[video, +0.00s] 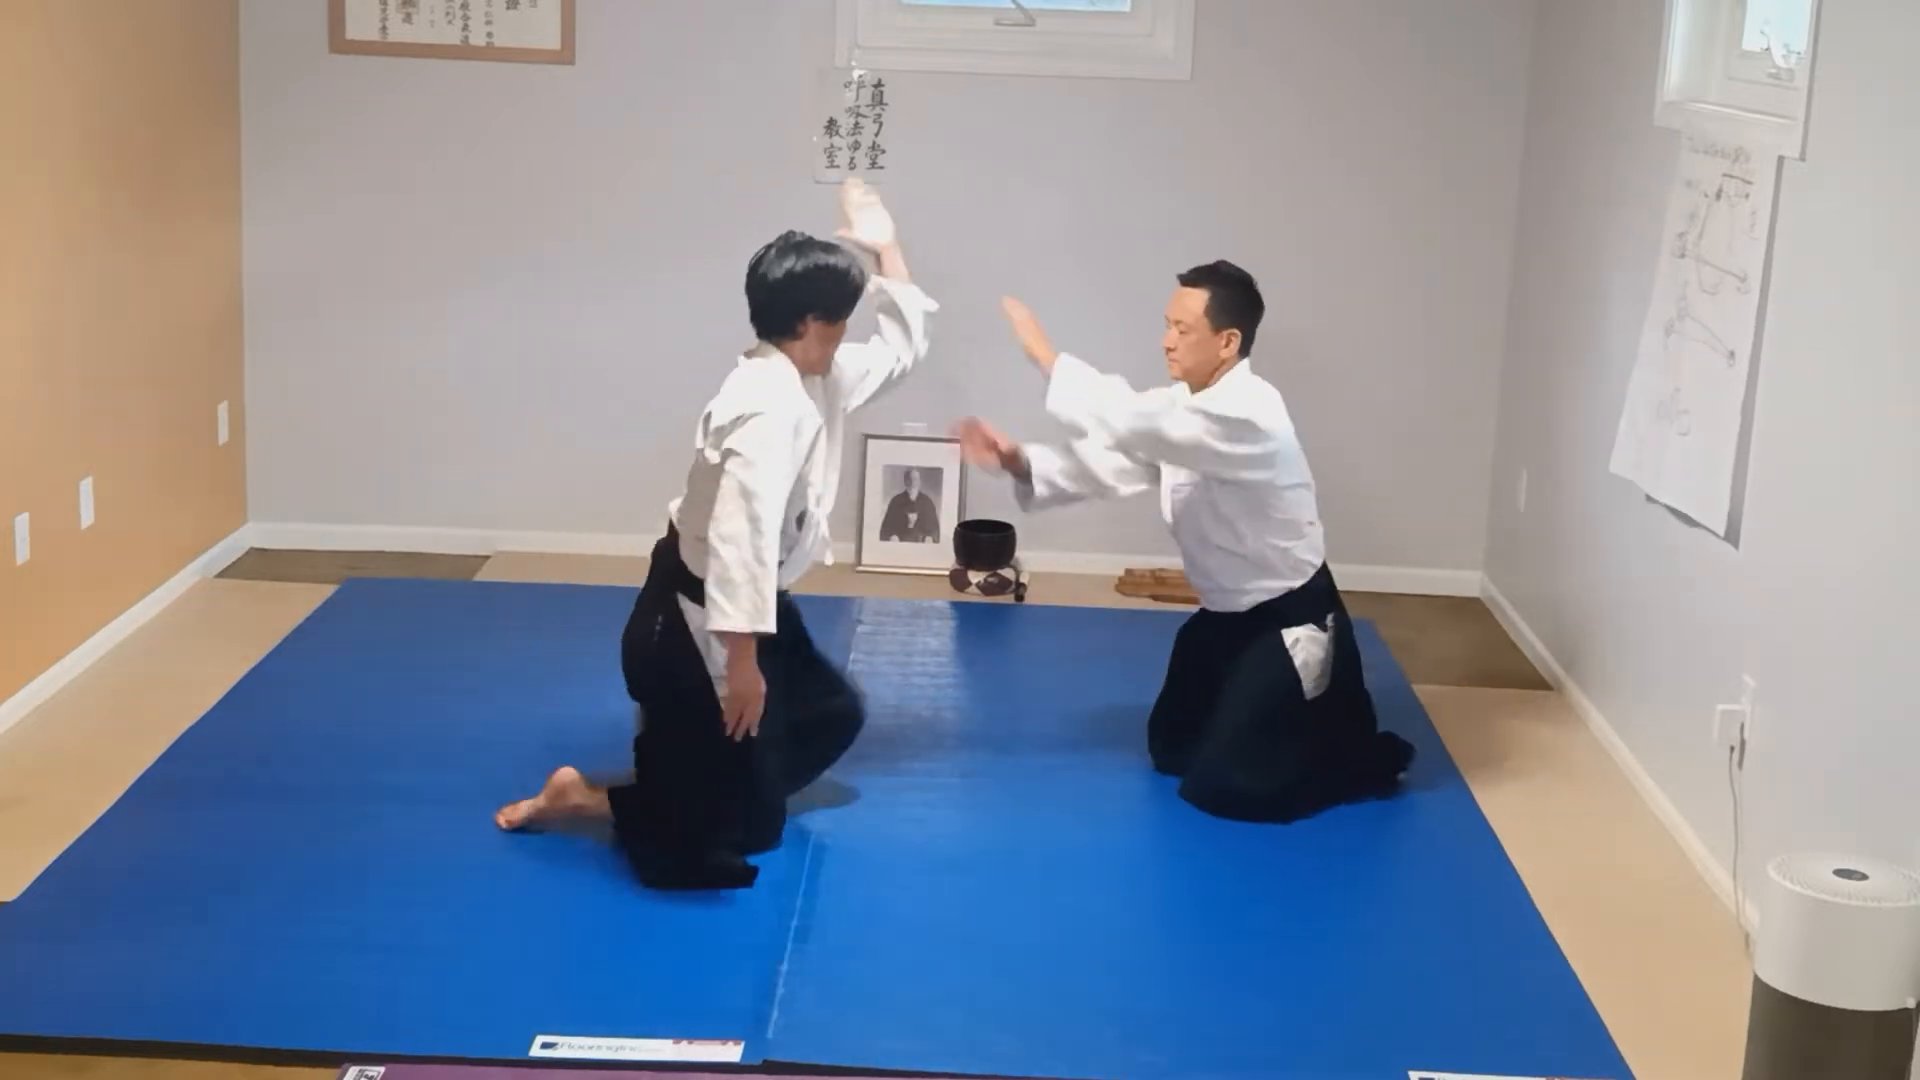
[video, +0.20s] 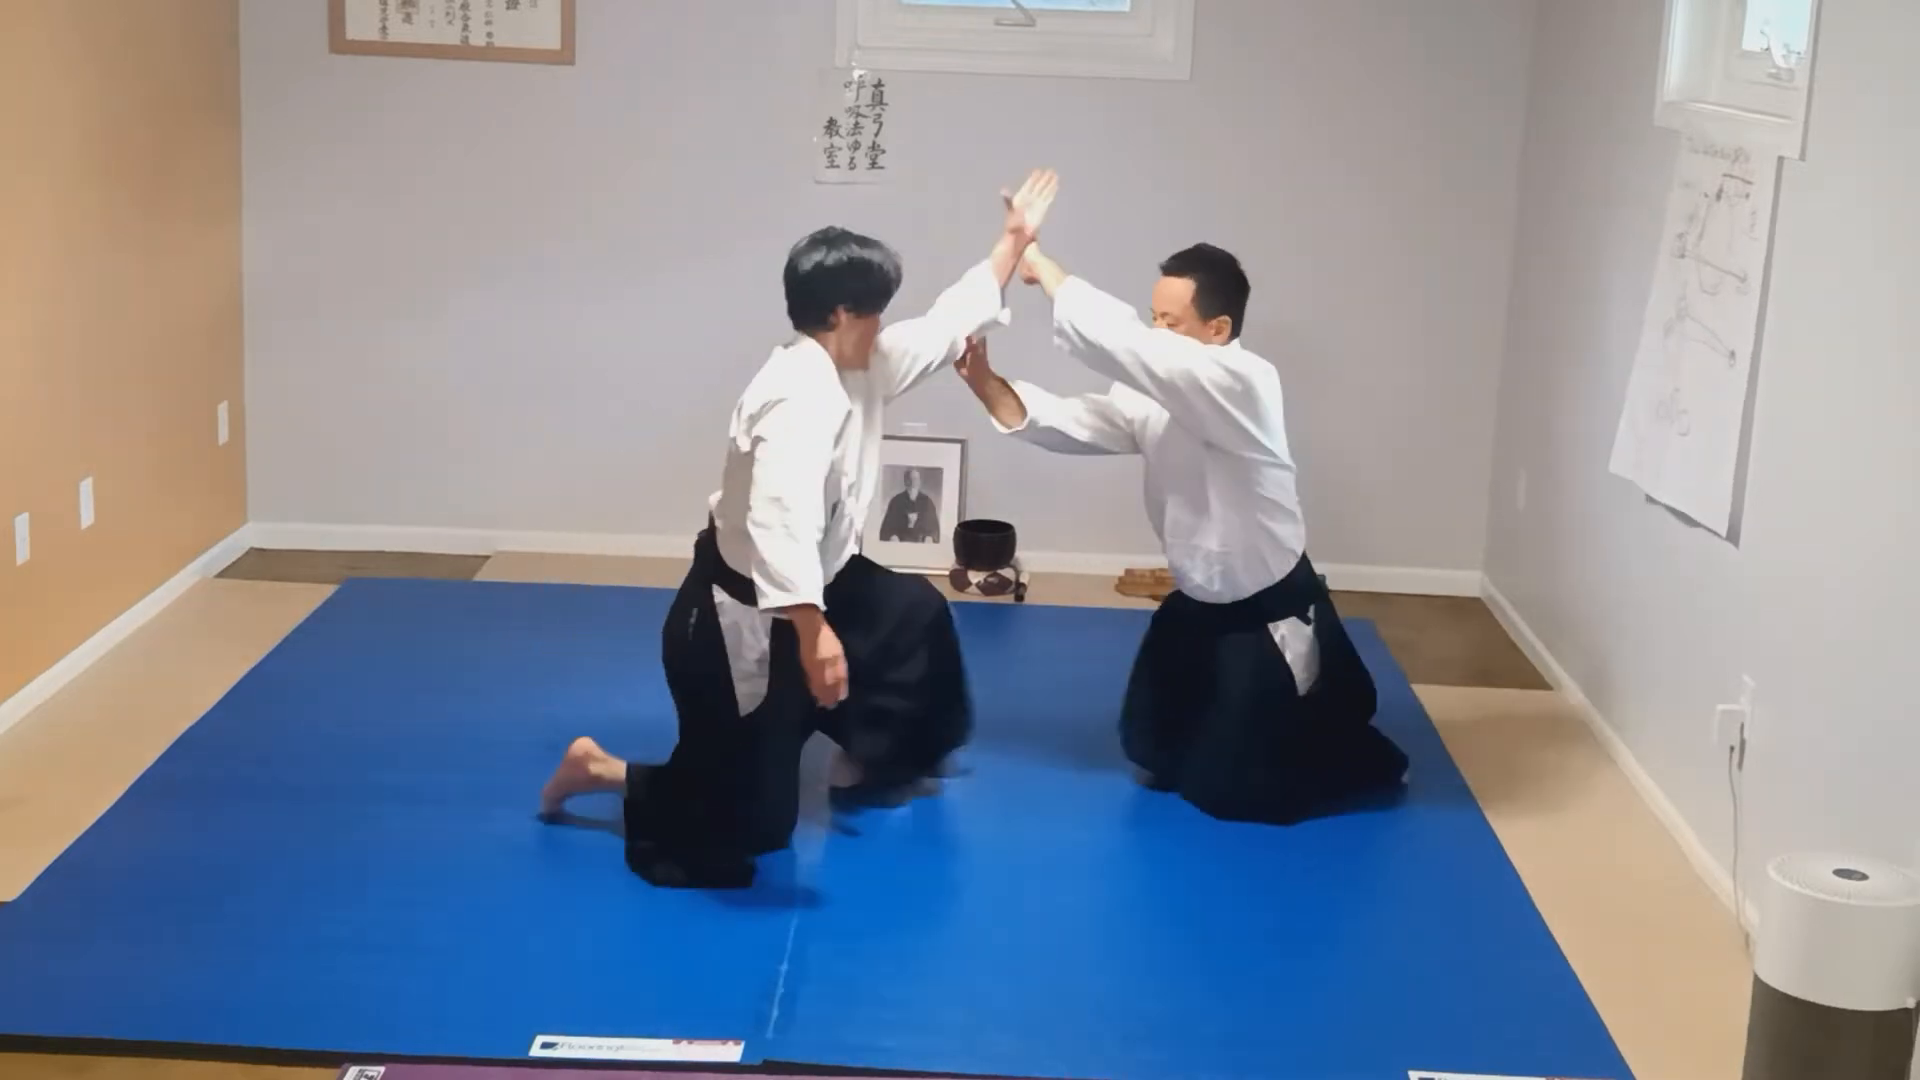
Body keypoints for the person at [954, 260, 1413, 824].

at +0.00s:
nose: (1166, 341)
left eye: (1180, 329)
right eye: (1167, 326)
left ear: (1228, 341)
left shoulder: (1248, 412)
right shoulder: (1181, 412)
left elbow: (1140, 419)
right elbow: (1107, 465)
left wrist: (1047, 357)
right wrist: (1018, 459)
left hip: (1291, 629)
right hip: (1221, 625)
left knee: (1223, 786)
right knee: (1173, 752)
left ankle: (1356, 757)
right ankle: (1311, 719)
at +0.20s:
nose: (1156, 333)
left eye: (1172, 321)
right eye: (1154, 319)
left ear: (1220, 328)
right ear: (1153, 318)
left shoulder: (1245, 384)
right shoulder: (1150, 400)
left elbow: (1140, 351)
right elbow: (1065, 419)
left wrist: (1038, 266)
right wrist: (987, 383)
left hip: (1271, 619)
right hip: (1193, 613)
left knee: (1229, 791)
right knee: (1152, 756)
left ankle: (1356, 758)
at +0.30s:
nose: (1137, 331)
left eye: (1151, 322)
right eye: (1132, 317)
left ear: (1201, 324)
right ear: (1131, 306)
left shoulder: (1239, 379)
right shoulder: (1135, 396)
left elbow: (1132, 340)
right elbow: (1066, 424)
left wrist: (1040, 249)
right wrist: (988, 369)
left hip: (1257, 618)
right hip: (1171, 607)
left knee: (1235, 796)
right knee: (1097, 715)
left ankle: (1343, 747)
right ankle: (1166, 770)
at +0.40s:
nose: (1116, 324)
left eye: (1128, 311)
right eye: (1112, 311)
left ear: (1170, 308)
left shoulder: (1222, 368)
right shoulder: (1120, 393)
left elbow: (1108, 334)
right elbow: (1046, 426)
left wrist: (1031, 237)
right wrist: (979, 360)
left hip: (1245, 612)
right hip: (1147, 600)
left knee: (1245, 801)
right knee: (1051, 657)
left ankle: (1349, 747)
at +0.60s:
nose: (1062, 329)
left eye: (1072, 313)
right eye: (1058, 315)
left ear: (1108, 312)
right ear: (1051, 321)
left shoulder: (1173, 377)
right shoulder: (1049, 400)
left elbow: (1093, 394)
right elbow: (948, 387)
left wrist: (1008, 305)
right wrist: (952, 300)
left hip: (1204, 639)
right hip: (1097, 638)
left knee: (1240, 808)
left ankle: (1291, 728)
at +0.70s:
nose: (1047, 342)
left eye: (1054, 324)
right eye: (1039, 326)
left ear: (1082, 321)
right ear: (1034, 328)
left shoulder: (1145, 386)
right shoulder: (1054, 401)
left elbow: (1094, 461)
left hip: (1185, 649)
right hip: (1085, 651)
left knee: (1222, 824)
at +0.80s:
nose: (1016, 393)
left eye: (1029, 378)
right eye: (1005, 377)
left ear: (1073, 362)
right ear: (996, 364)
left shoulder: (1120, 428)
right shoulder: (999, 413)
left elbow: (1070, 514)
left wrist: (983, 476)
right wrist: (945, 464)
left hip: (1143, 640)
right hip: (1053, 630)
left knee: (1158, 783)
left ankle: (1203, 737)